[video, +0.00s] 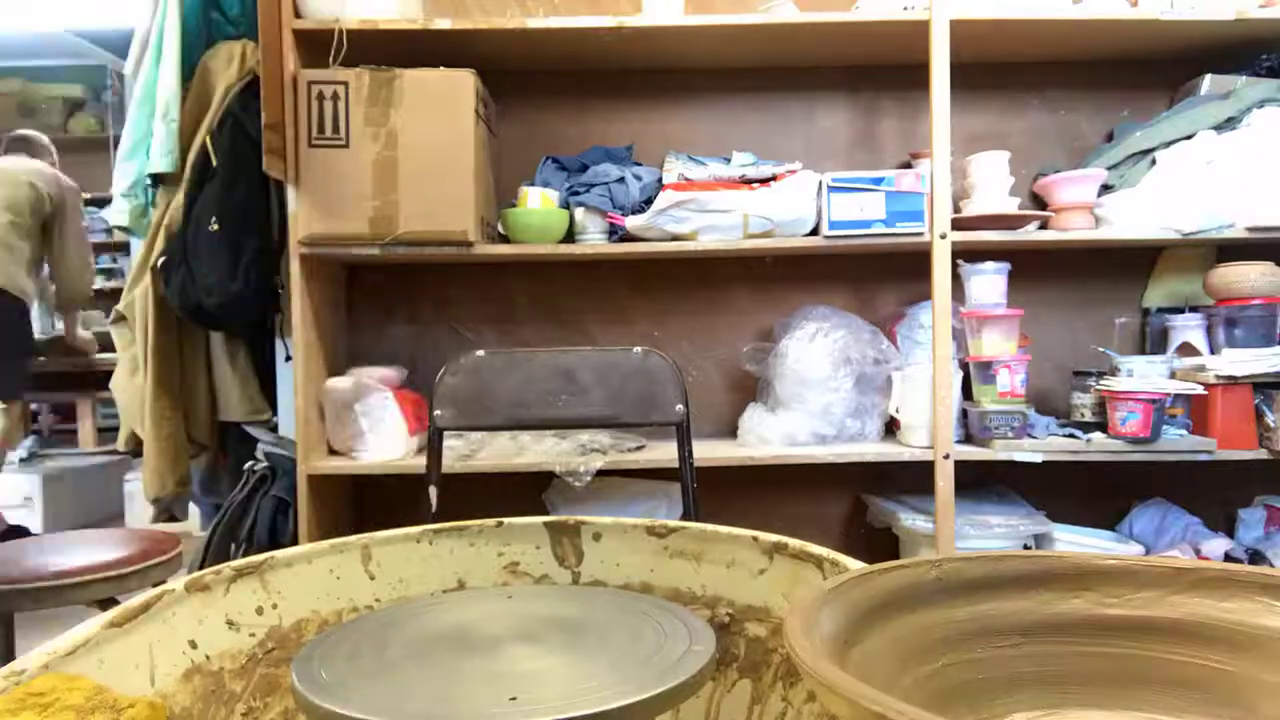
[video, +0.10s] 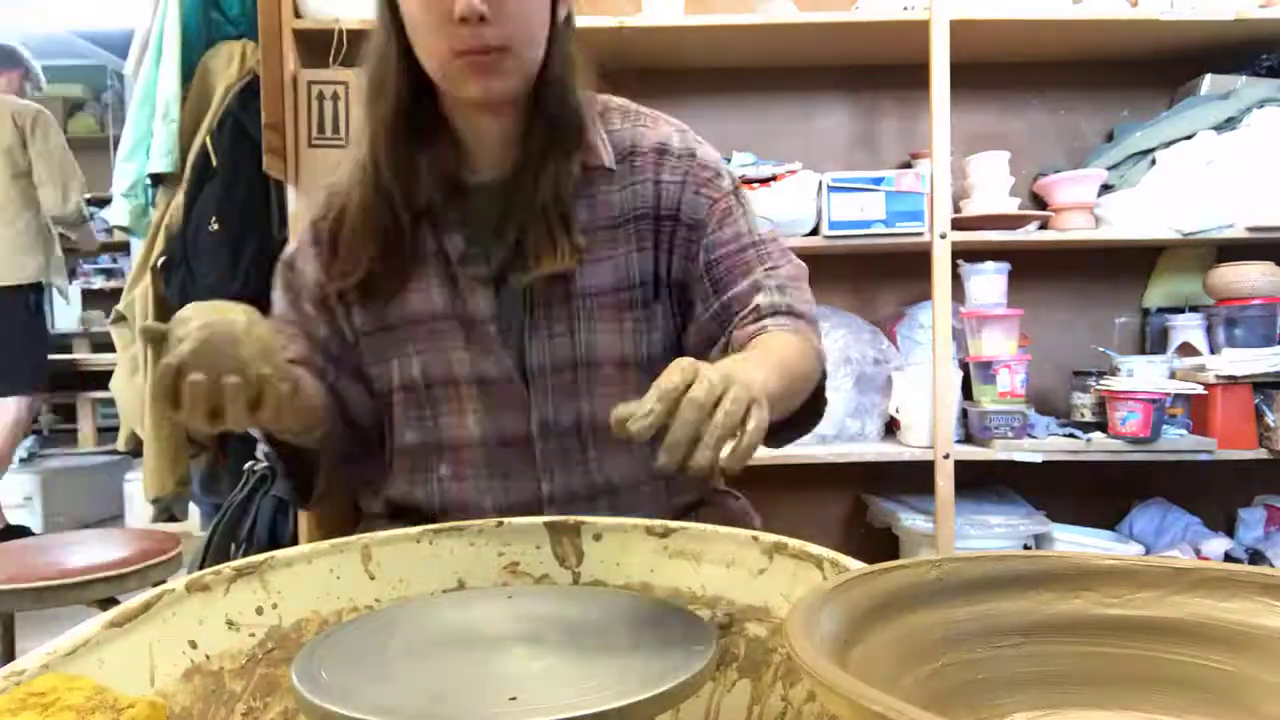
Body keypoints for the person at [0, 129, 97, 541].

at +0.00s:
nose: (60, 172)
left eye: (59, 167)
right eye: (58, 164)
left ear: (8, 154)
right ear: (48, 159)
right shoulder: (54, 182)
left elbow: (71, 267)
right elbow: (73, 269)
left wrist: (67, 326)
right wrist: (72, 332)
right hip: (6, 296)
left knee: (12, 409)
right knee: (10, 409)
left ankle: (6, 518)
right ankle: (2, 517)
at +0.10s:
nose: (24, 89)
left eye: (23, 81)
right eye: (23, 81)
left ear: (4, 77)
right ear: (11, 76)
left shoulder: (26, 119)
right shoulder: (29, 117)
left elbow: (58, 204)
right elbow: (61, 205)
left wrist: (78, 232)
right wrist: (85, 234)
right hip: (13, 276)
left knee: (17, 396)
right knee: (19, 397)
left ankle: (4, 509)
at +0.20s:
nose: (17, 73)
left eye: (13, 64)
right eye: (14, 64)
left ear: (4, 68)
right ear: (7, 68)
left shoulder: (29, 119)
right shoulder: (30, 119)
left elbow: (67, 204)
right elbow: (68, 204)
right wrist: (37, 194)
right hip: (21, 286)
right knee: (59, 393)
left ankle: (4, 522)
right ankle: (59, 524)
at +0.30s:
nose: (17, 72)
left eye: (12, 64)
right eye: (14, 64)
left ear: (5, 67)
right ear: (7, 66)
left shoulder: (28, 117)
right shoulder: (29, 117)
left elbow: (62, 205)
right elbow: (64, 205)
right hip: (21, 284)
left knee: (59, 394)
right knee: (60, 394)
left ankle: (6, 523)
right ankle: (56, 526)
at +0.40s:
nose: (16, 74)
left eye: (12, 66)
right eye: (18, 66)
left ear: (6, 67)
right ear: (19, 67)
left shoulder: (43, 119)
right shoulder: (44, 118)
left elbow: (73, 204)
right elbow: (74, 204)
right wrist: (38, 196)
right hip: (26, 280)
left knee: (25, 404)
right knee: (26, 405)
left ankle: (15, 518)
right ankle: (14, 521)